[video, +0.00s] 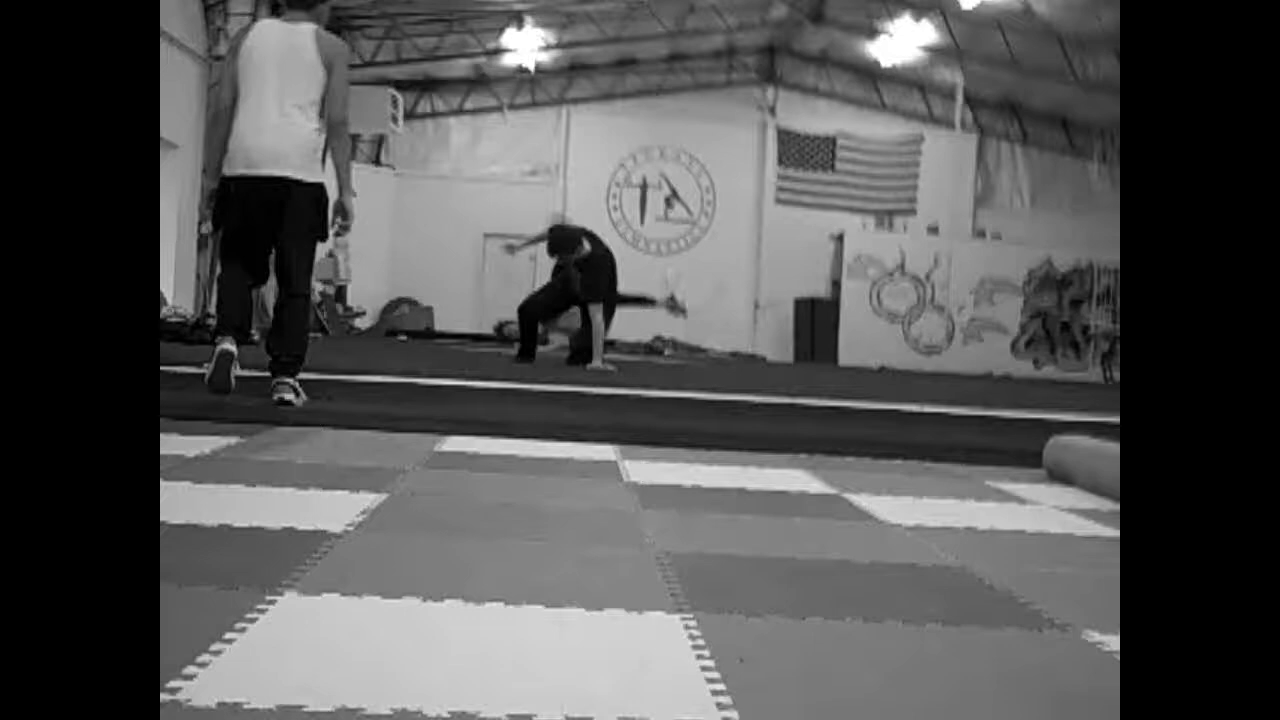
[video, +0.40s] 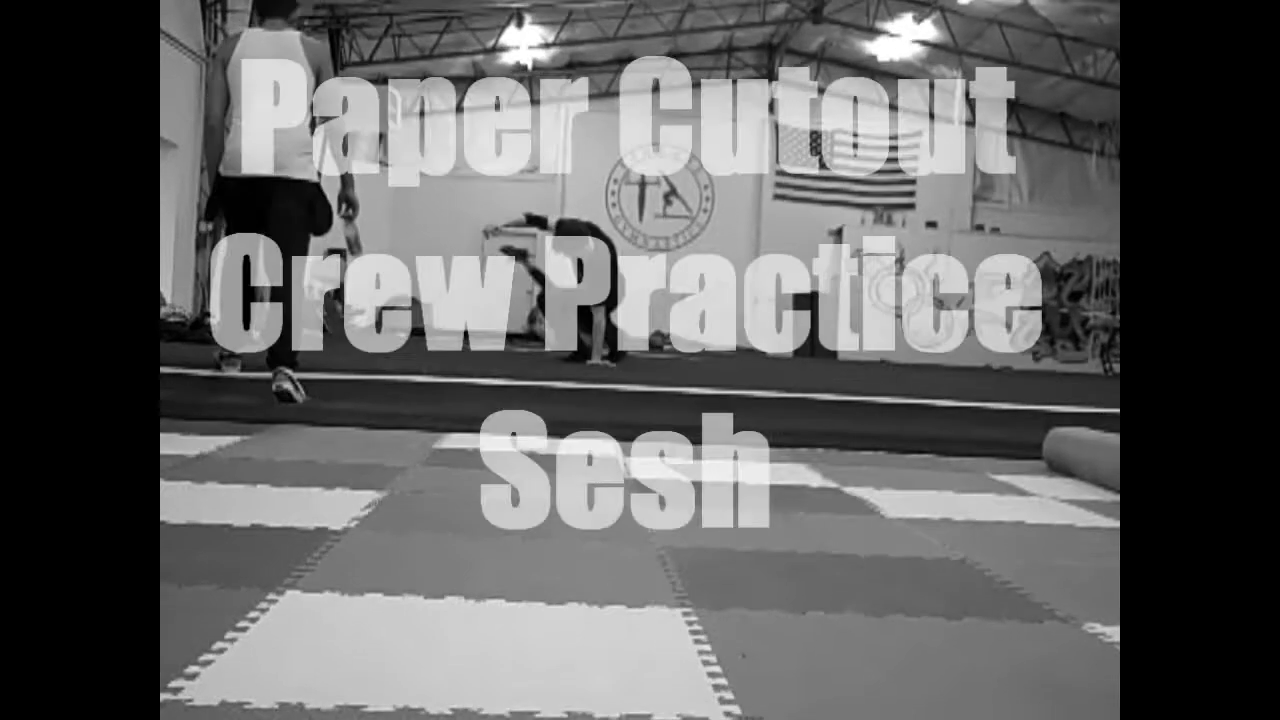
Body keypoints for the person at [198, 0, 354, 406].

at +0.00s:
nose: (328, 12)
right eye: (327, 8)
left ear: (280, 3)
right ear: (323, 7)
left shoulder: (246, 37)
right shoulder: (333, 47)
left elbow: (221, 110)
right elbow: (337, 123)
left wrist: (212, 177)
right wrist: (346, 191)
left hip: (245, 177)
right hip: (301, 181)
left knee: (239, 266)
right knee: (296, 283)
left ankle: (228, 339)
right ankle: (285, 379)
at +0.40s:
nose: (291, 16)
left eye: (269, 13)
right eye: (294, 11)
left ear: (256, 10)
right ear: (295, 11)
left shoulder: (229, 46)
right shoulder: (314, 48)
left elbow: (214, 121)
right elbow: (336, 121)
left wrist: (215, 182)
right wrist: (348, 183)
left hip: (239, 180)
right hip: (292, 181)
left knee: (237, 267)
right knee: (288, 276)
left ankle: (230, 347)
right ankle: (283, 368)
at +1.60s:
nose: (332, 23)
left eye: (332, 16)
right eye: (332, 16)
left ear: (294, 14)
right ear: (326, 17)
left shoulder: (261, 48)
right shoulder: (325, 54)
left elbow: (241, 116)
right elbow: (336, 122)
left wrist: (234, 175)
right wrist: (337, 183)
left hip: (258, 175)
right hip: (304, 178)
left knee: (250, 258)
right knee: (302, 264)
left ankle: (235, 341)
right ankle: (300, 346)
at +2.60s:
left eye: (287, 28)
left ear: (287, 34)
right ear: (315, 33)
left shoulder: (277, 70)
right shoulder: (326, 68)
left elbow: (264, 124)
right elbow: (337, 123)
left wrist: (261, 173)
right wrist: (339, 168)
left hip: (285, 179)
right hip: (319, 179)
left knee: (289, 260)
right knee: (317, 258)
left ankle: (294, 341)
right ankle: (310, 340)